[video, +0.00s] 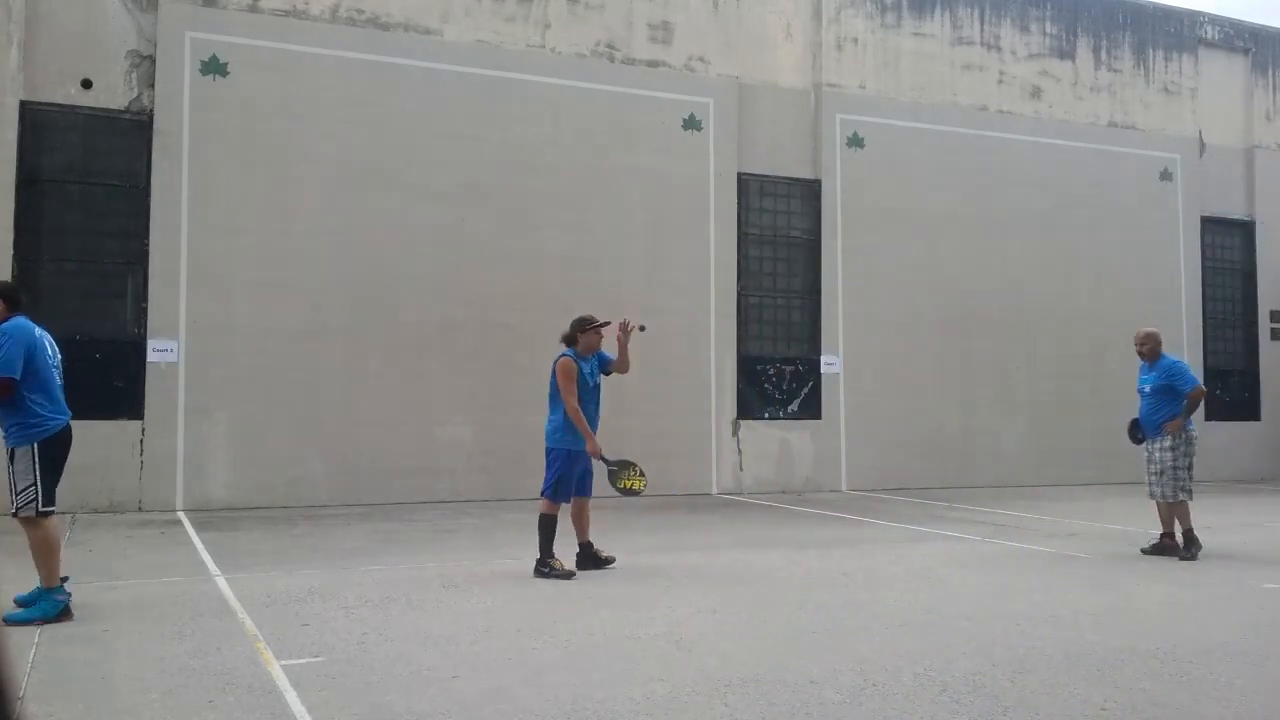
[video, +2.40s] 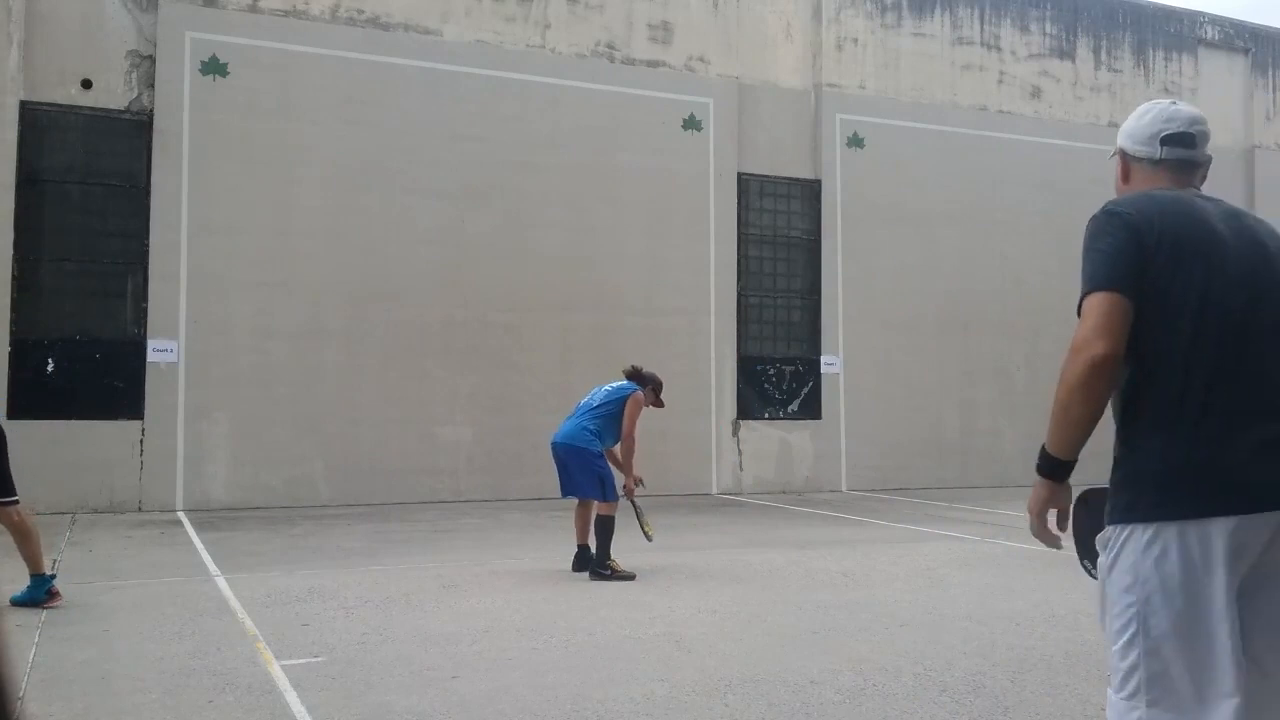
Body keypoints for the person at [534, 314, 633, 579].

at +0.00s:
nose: (601, 338)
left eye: (601, 334)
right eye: (597, 333)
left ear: (589, 337)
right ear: (581, 336)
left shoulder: (595, 358)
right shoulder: (567, 362)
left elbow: (621, 368)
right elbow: (571, 405)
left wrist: (623, 343)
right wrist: (590, 439)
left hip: (582, 442)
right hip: (562, 442)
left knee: (581, 497)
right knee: (553, 498)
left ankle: (585, 552)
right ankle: (545, 559)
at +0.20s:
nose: (597, 335)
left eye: (596, 331)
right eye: (592, 332)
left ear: (582, 336)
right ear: (579, 335)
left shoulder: (585, 361)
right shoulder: (568, 360)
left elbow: (603, 387)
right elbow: (568, 404)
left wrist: (613, 381)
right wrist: (584, 442)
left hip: (572, 440)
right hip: (557, 441)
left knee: (567, 498)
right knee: (551, 498)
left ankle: (564, 553)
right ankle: (544, 560)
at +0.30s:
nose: (597, 337)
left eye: (596, 333)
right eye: (593, 333)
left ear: (579, 336)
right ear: (580, 336)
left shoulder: (570, 360)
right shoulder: (572, 361)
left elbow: (576, 400)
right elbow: (568, 405)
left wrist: (601, 411)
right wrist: (586, 441)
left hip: (567, 441)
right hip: (558, 441)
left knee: (564, 498)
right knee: (552, 499)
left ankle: (563, 552)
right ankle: (544, 560)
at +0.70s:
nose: (604, 341)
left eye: (603, 337)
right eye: (601, 337)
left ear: (582, 340)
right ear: (589, 338)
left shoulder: (562, 361)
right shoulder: (588, 361)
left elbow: (566, 408)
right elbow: (591, 404)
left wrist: (592, 431)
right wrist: (605, 429)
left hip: (550, 439)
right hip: (571, 439)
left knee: (562, 496)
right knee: (588, 494)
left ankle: (563, 555)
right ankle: (574, 555)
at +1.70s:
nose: (635, 358)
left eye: (635, 353)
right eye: (632, 353)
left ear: (612, 353)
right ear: (619, 352)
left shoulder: (590, 370)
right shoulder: (619, 371)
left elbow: (598, 420)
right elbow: (623, 416)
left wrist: (631, 434)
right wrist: (646, 433)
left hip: (563, 440)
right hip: (586, 441)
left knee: (588, 497)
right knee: (612, 495)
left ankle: (581, 555)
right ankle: (598, 557)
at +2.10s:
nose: (640, 383)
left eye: (643, 380)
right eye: (642, 378)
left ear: (622, 365)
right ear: (638, 369)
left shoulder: (600, 377)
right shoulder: (628, 380)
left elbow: (598, 428)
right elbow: (627, 425)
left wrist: (629, 449)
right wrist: (634, 466)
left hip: (564, 440)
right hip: (588, 442)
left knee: (586, 498)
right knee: (609, 498)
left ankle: (582, 556)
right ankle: (603, 561)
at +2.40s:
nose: (650, 404)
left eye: (654, 401)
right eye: (652, 398)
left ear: (634, 383)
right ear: (647, 387)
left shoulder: (608, 390)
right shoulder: (635, 394)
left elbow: (605, 445)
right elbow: (627, 437)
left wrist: (628, 473)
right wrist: (629, 477)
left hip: (561, 442)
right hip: (584, 445)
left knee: (585, 497)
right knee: (609, 499)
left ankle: (583, 556)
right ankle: (602, 563)